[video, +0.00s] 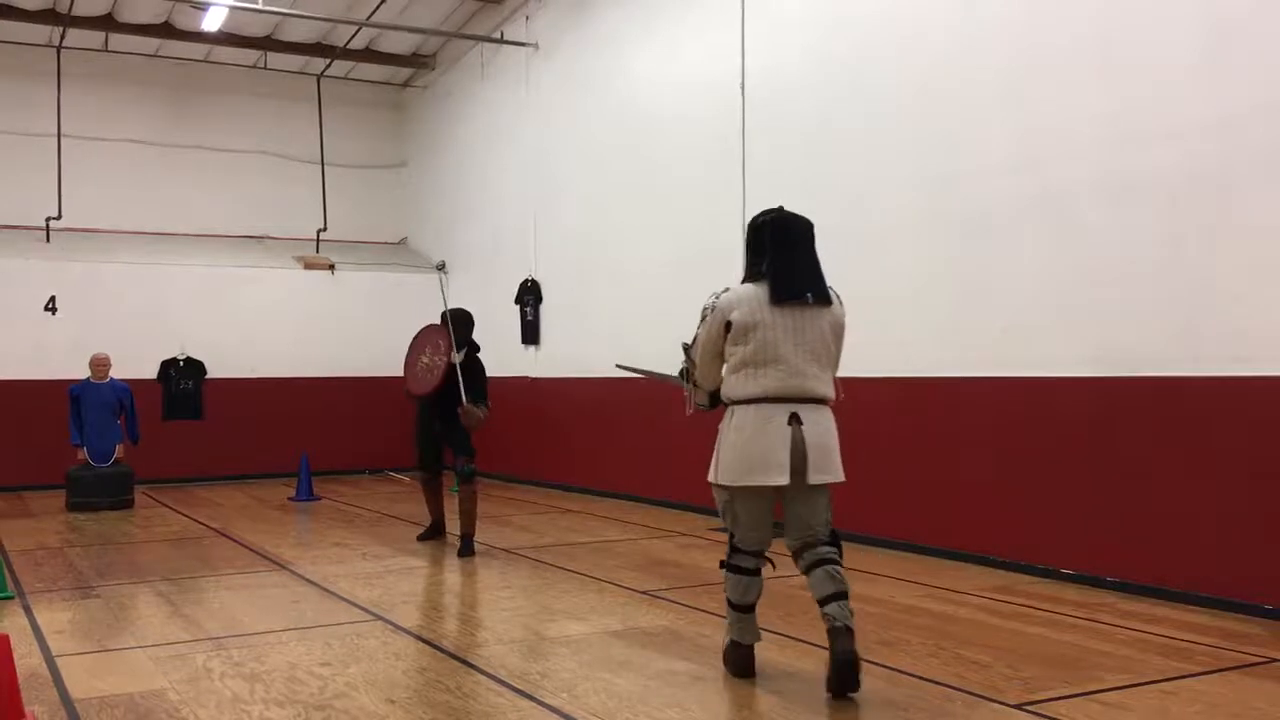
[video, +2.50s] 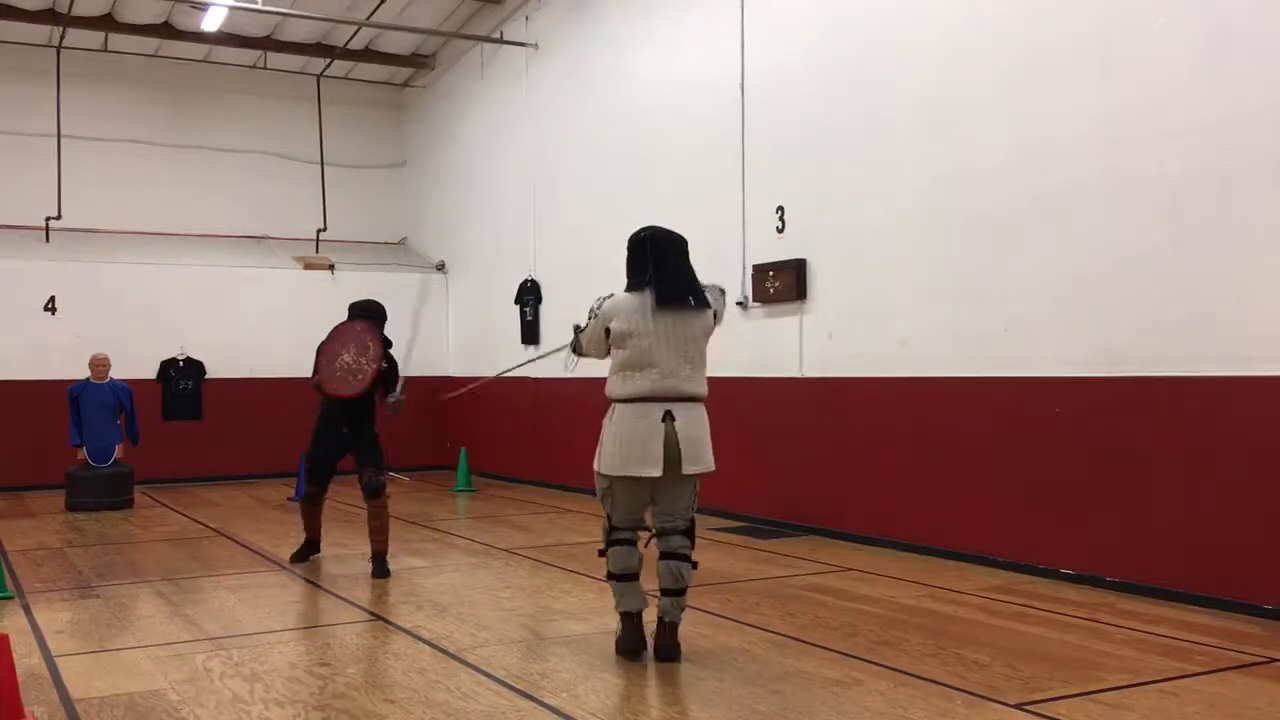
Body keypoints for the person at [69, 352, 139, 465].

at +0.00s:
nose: (101, 369)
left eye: (104, 365)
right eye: (97, 365)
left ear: (110, 367)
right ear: (90, 367)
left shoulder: (121, 389)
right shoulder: (78, 390)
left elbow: (130, 415)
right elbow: (75, 419)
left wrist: (133, 437)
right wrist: (78, 444)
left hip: (114, 444)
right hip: (88, 444)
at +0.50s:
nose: (100, 369)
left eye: (104, 366)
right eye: (97, 366)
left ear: (109, 367)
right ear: (90, 367)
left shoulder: (120, 389)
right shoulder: (78, 390)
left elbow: (129, 416)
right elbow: (75, 420)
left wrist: (132, 438)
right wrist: (78, 445)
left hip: (113, 445)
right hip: (88, 444)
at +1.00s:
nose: (100, 369)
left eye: (104, 366)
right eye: (97, 366)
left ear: (109, 367)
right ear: (90, 367)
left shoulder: (121, 390)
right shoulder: (77, 390)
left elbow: (129, 416)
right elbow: (74, 419)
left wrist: (133, 438)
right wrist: (78, 445)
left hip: (113, 445)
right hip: (87, 445)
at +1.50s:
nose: (100, 369)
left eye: (104, 366)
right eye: (96, 366)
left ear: (109, 367)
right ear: (90, 367)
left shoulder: (121, 389)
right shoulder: (77, 391)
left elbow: (130, 416)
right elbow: (74, 420)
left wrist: (133, 438)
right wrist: (78, 445)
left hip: (113, 444)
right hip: (87, 444)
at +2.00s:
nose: (100, 369)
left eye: (104, 366)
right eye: (96, 366)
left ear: (109, 367)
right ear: (90, 367)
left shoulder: (121, 389)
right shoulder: (77, 390)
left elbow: (130, 415)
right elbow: (75, 420)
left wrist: (133, 437)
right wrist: (78, 445)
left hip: (113, 444)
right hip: (87, 444)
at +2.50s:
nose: (100, 369)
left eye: (104, 366)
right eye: (97, 366)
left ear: (109, 367)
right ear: (90, 367)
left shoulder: (120, 389)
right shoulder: (77, 390)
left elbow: (129, 415)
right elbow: (75, 420)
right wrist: (79, 446)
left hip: (113, 445)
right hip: (88, 444)